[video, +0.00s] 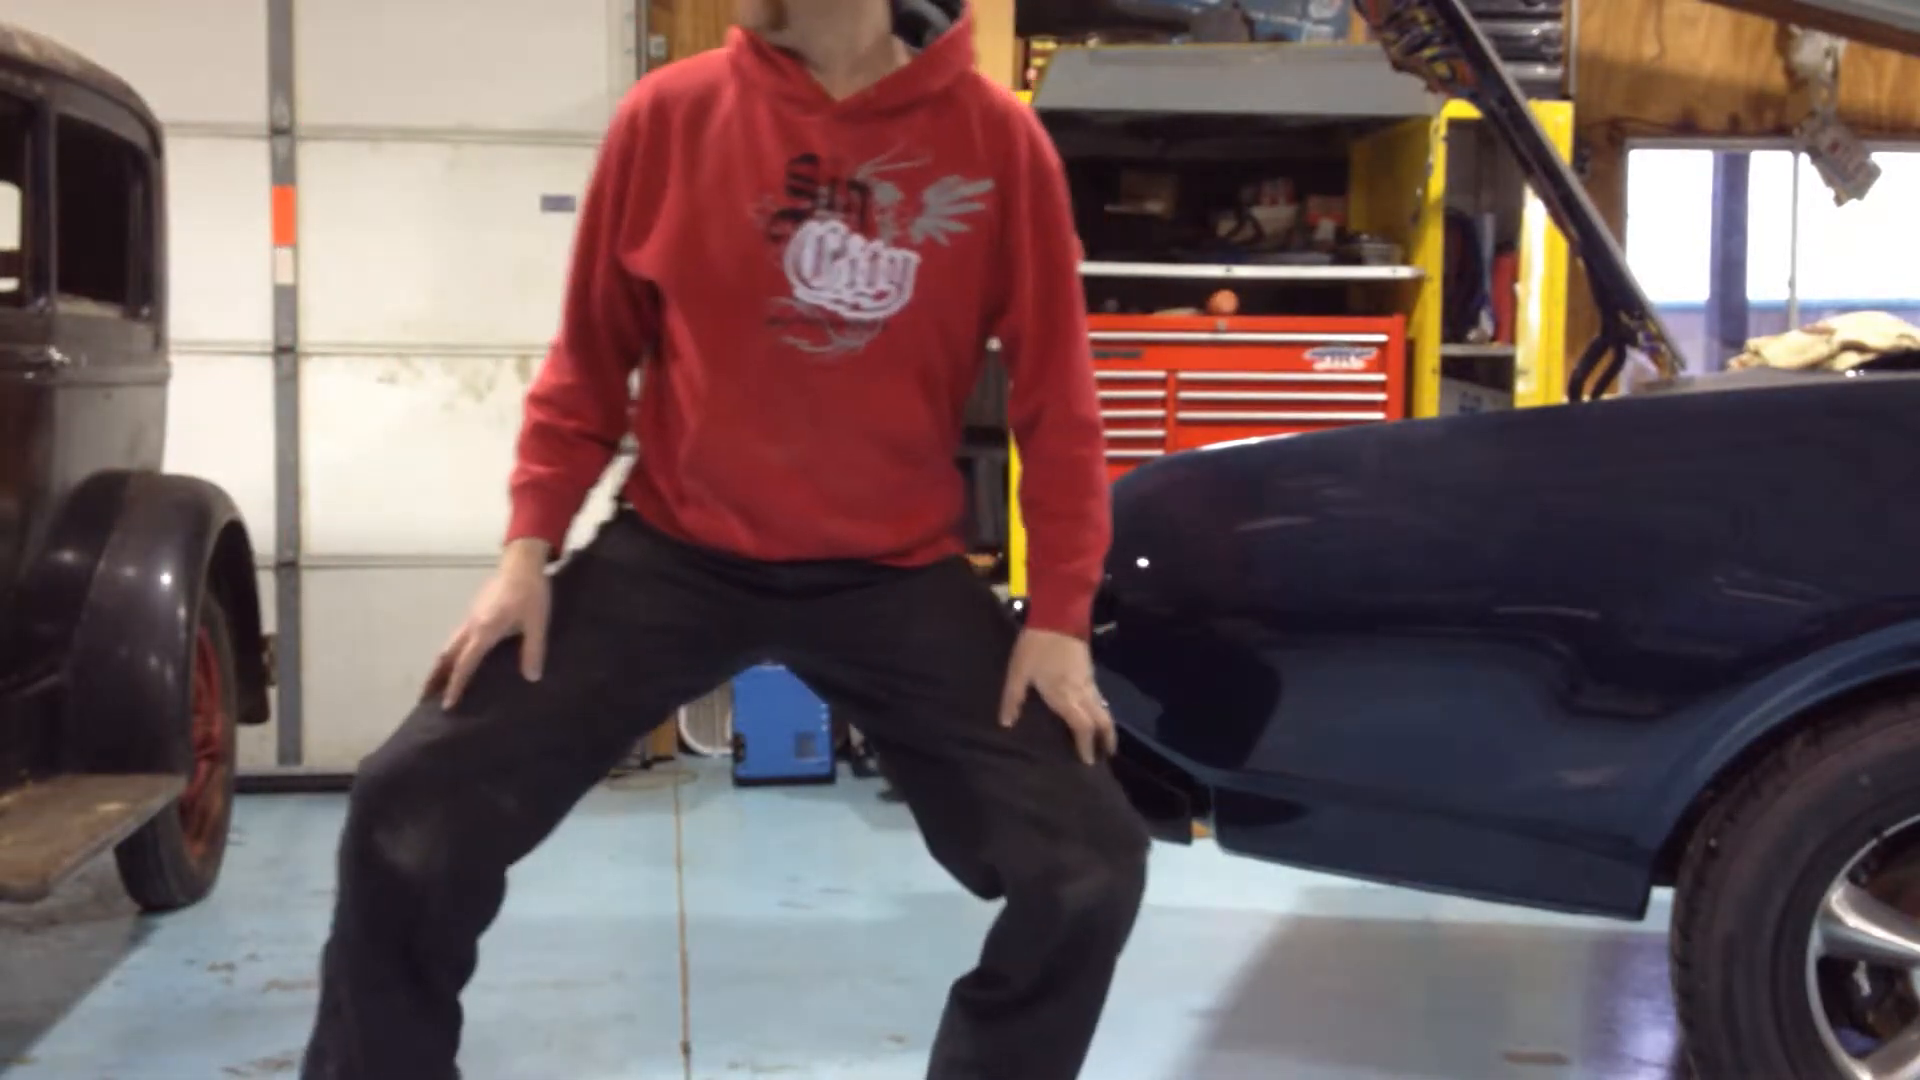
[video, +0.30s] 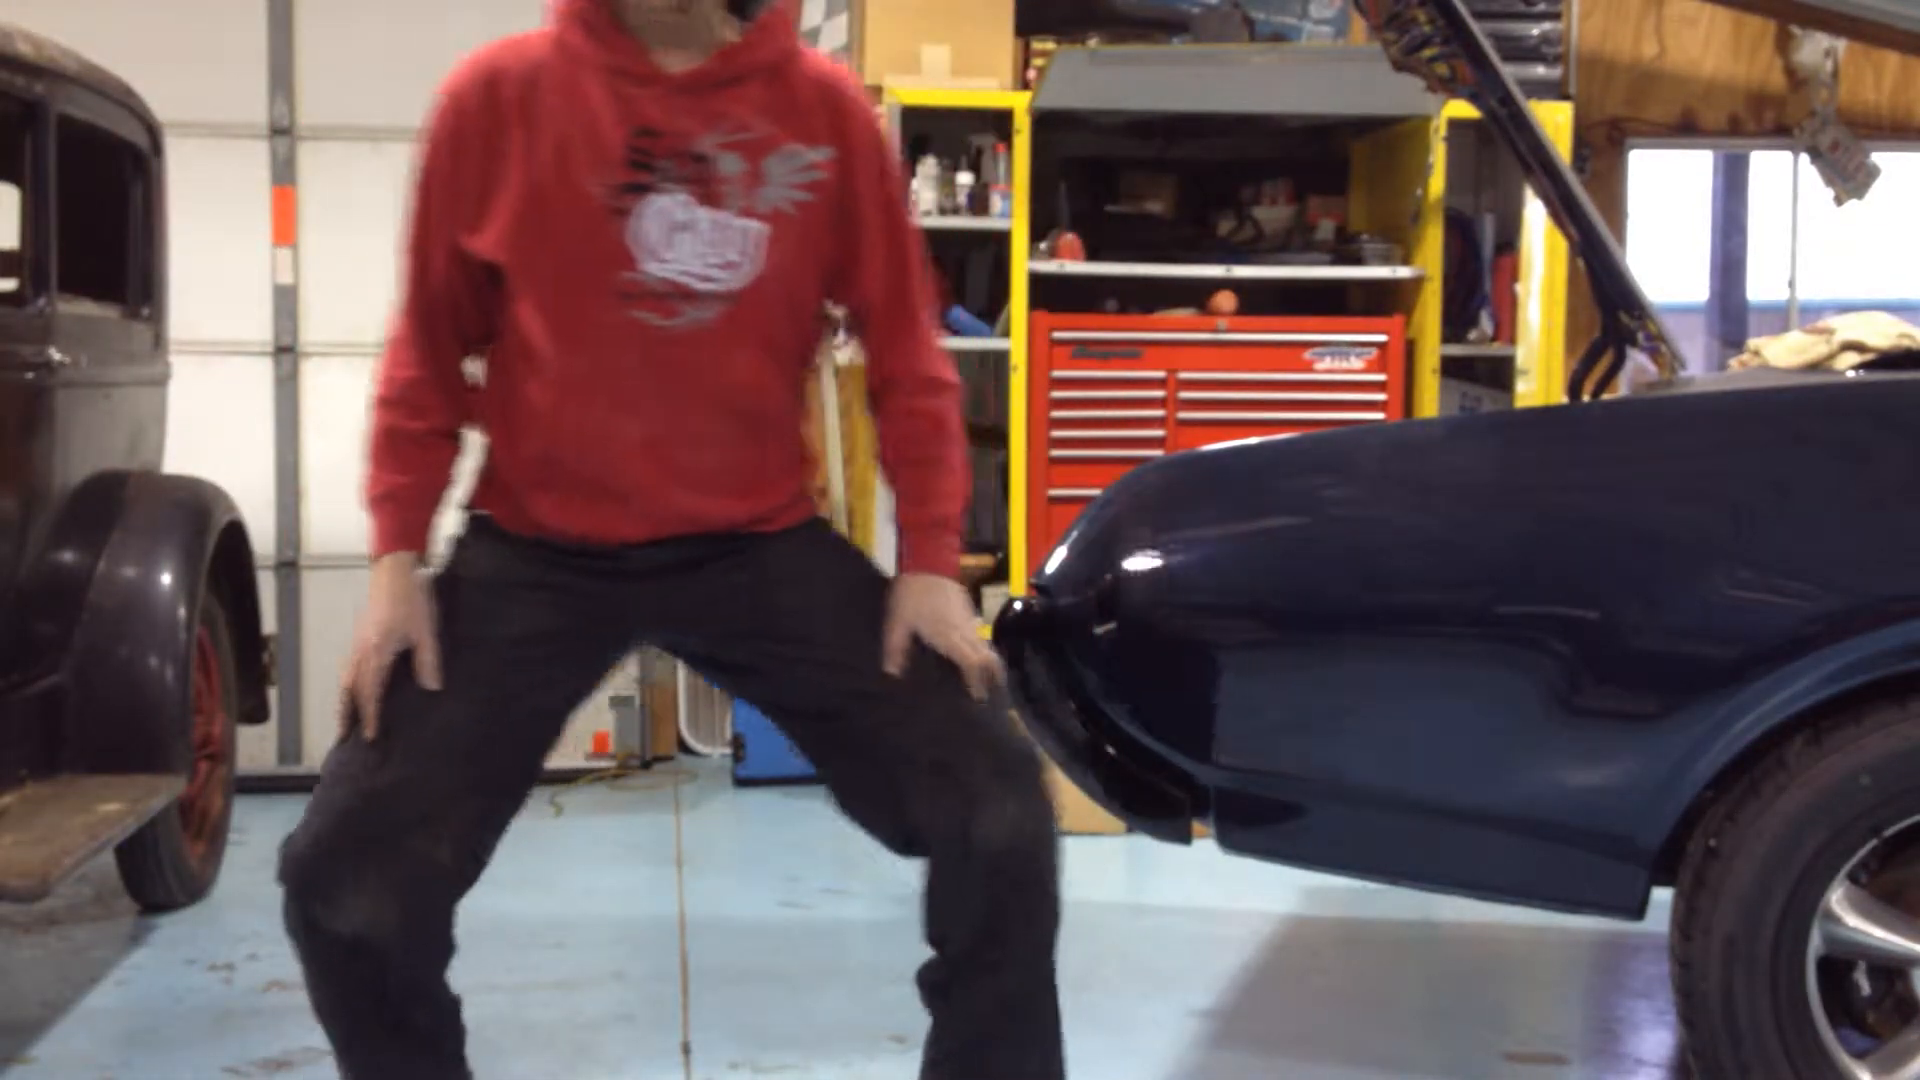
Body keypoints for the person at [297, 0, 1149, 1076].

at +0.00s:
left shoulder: (998, 137)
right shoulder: (666, 118)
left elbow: (1058, 395)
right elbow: (588, 358)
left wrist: (1059, 615)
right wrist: (526, 550)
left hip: (898, 577)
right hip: (675, 557)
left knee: (1088, 858)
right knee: (413, 809)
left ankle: (985, 1073)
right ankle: (371, 1069)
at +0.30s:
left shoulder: (827, 110)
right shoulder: (499, 100)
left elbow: (908, 352)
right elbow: (429, 342)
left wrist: (932, 560)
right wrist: (396, 556)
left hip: (758, 551)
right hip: (536, 556)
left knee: (995, 810)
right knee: (351, 883)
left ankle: (990, 1065)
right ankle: (419, 1070)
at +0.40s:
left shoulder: (760, 87)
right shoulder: (426, 65)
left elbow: (844, 320)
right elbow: (349, 302)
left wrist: (877, 541)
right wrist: (346, 532)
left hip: (705, 525)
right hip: (484, 535)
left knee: (931, 793)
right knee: (345, 895)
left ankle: (989, 1067)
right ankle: (418, 1070)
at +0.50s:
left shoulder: (713, 55)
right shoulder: (375, 41)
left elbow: (845, 254)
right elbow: (265, 272)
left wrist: (924, 465)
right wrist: (260, 497)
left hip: (651, 500)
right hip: (433, 513)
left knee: (876, 780)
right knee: (351, 896)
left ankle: (893, 1067)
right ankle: (413, 1073)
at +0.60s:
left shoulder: (687, 36)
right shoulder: (342, 25)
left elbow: (837, 193)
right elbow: (258, 259)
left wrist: (1008, 354)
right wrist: (215, 489)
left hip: (607, 484)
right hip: (404, 487)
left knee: (789, 762)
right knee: (380, 905)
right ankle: (351, 1029)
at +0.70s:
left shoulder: (663, 32)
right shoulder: (316, 28)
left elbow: (825, 149)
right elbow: (240, 254)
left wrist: (1026, 267)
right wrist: (235, 485)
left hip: (586, 473)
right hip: (383, 479)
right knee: (375, 880)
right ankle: (295, 1059)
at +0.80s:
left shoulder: (649, 39)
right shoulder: (300, 28)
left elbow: (778, 202)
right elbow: (215, 246)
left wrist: (961, 310)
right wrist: (261, 452)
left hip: (584, 463)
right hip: (383, 480)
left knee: (815, 658)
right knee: (374, 861)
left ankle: (564, 925)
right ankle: (309, 1064)